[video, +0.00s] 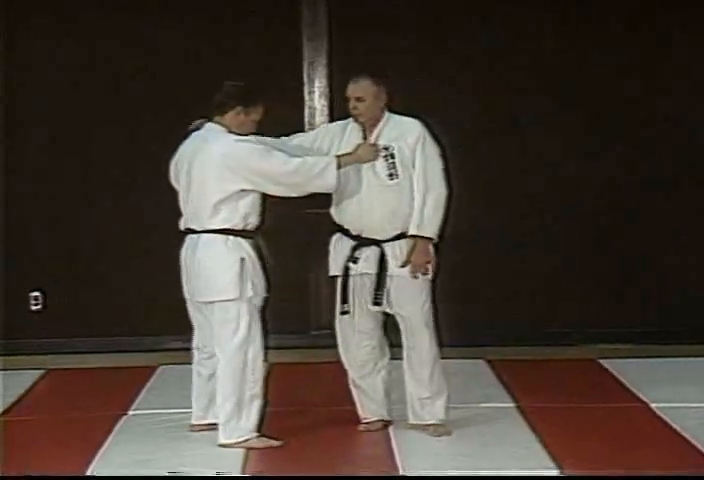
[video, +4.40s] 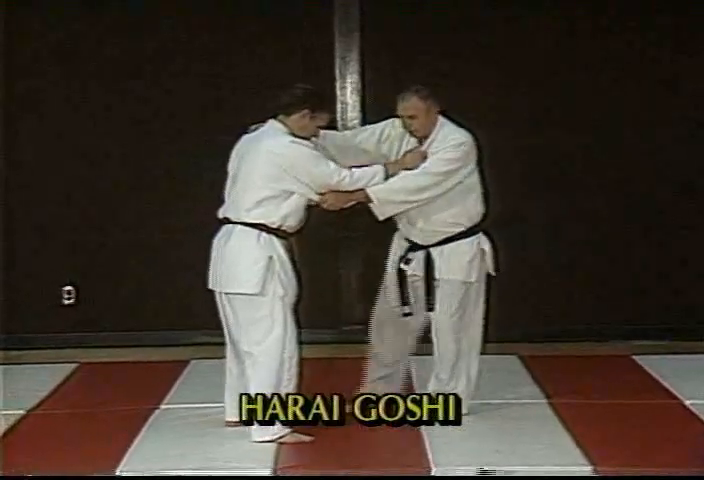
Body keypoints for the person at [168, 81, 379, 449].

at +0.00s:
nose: (256, 126)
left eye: (257, 119)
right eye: (254, 118)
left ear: (224, 113)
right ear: (237, 113)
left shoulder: (190, 146)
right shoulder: (235, 149)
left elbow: (175, 176)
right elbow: (288, 169)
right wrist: (350, 158)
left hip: (194, 249)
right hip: (228, 253)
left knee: (206, 340)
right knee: (239, 344)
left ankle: (203, 413)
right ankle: (237, 430)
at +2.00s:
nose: (254, 116)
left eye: (253, 110)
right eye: (250, 110)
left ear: (221, 112)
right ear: (230, 111)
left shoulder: (194, 146)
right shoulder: (240, 149)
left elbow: (181, 180)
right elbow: (295, 162)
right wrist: (353, 149)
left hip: (204, 250)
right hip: (238, 252)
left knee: (213, 340)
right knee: (246, 343)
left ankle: (209, 413)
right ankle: (239, 430)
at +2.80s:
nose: (277, 124)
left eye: (278, 117)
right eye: (275, 116)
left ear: (240, 113)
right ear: (259, 113)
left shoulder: (207, 144)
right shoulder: (255, 151)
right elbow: (311, 169)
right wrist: (365, 155)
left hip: (202, 248)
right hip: (236, 252)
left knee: (213, 341)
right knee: (247, 342)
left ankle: (212, 412)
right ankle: (242, 429)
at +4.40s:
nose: (319, 132)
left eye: (322, 126)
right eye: (317, 124)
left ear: (291, 114)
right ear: (302, 115)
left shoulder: (251, 139)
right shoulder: (288, 150)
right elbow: (339, 181)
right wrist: (395, 167)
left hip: (228, 245)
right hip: (257, 252)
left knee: (241, 338)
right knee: (271, 341)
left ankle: (238, 411)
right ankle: (269, 425)